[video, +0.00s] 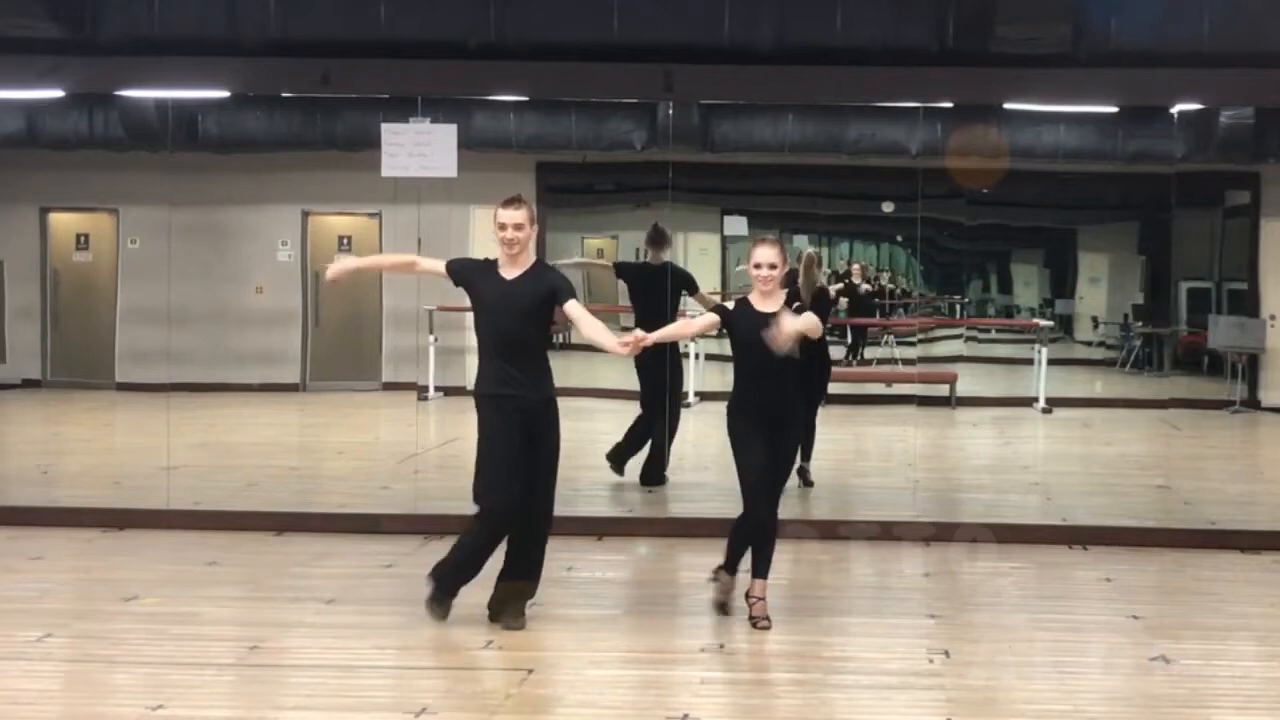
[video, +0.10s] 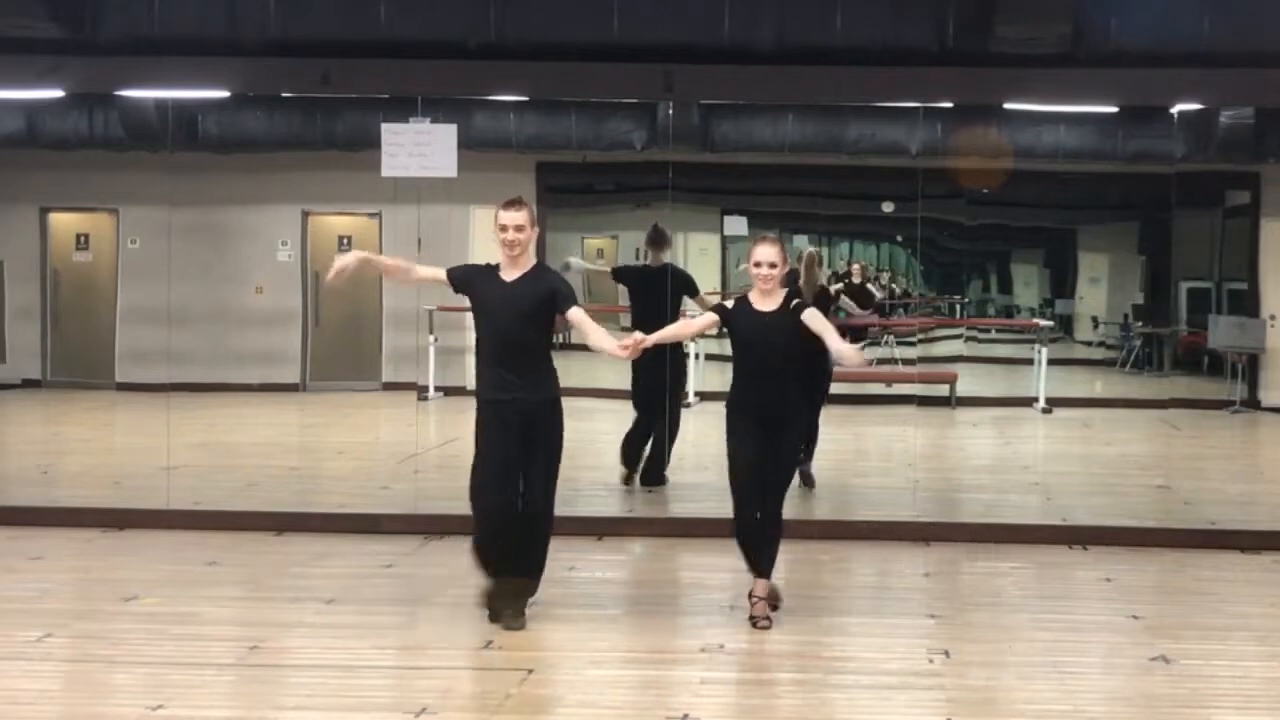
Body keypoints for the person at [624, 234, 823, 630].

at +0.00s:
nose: (765, 273)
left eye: (772, 267)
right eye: (758, 266)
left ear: (784, 270)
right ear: (747, 270)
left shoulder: (799, 313)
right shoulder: (734, 310)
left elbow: (813, 325)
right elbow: (692, 326)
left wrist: (794, 328)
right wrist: (650, 337)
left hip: (788, 419)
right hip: (747, 417)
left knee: (768, 504)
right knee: (756, 505)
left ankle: (758, 591)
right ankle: (726, 572)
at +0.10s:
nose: (765, 271)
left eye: (772, 265)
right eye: (758, 265)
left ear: (785, 268)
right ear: (748, 268)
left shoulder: (798, 308)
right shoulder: (734, 308)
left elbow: (831, 337)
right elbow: (691, 327)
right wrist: (648, 339)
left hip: (789, 416)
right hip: (744, 415)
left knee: (771, 501)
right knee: (744, 502)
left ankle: (760, 588)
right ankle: (763, 580)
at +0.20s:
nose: (764, 267)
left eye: (771, 261)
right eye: (758, 261)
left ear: (784, 265)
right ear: (749, 265)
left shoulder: (800, 303)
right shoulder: (734, 306)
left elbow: (850, 326)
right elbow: (687, 328)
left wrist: (892, 344)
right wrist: (641, 345)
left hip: (786, 412)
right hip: (744, 411)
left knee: (764, 496)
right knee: (755, 496)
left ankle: (761, 588)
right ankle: (783, 574)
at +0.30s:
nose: (763, 275)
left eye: (771, 268)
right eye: (757, 268)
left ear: (784, 272)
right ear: (748, 271)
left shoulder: (800, 310)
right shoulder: (731, 312)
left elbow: (857, 321)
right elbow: (682, 332)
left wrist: (910, 326)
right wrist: (635, 346)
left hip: (787, 418)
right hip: (753, 420)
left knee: (739, 499)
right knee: (783, 503)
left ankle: (756, 585)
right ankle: (800, 578)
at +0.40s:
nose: (764, 277)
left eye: (772, 270)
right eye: (758, 270)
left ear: (785, 274)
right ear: (748, 273)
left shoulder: (801, 311)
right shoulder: (731, 314)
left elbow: (855, 315)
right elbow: (683, 333)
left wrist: (905, 313)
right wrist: (638, 352)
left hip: (790, 420)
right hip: (752, 420)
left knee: (748, 504)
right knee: (756, 504)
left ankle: (762, 589)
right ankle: (790, 575)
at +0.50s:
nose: (766, 277)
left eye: (774, 270)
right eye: (760, 270)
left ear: (786, 274)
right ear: (751, 273)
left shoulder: (801, 312)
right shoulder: (732, 313)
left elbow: (846, 307)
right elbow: (684, 329)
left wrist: (881, 298)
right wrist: (642, 344)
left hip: (792, 422)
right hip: (750, 421)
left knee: (774, 508)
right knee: (735, 509)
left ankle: (766, 589)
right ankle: (755, 573)